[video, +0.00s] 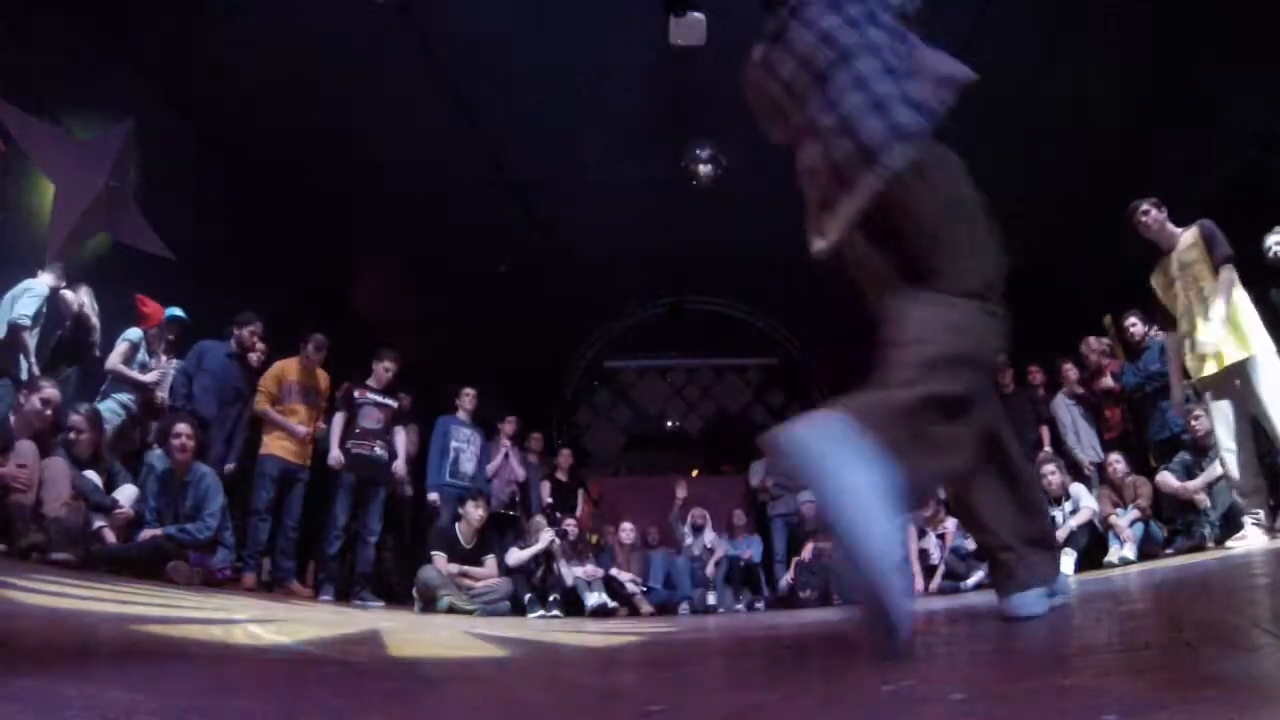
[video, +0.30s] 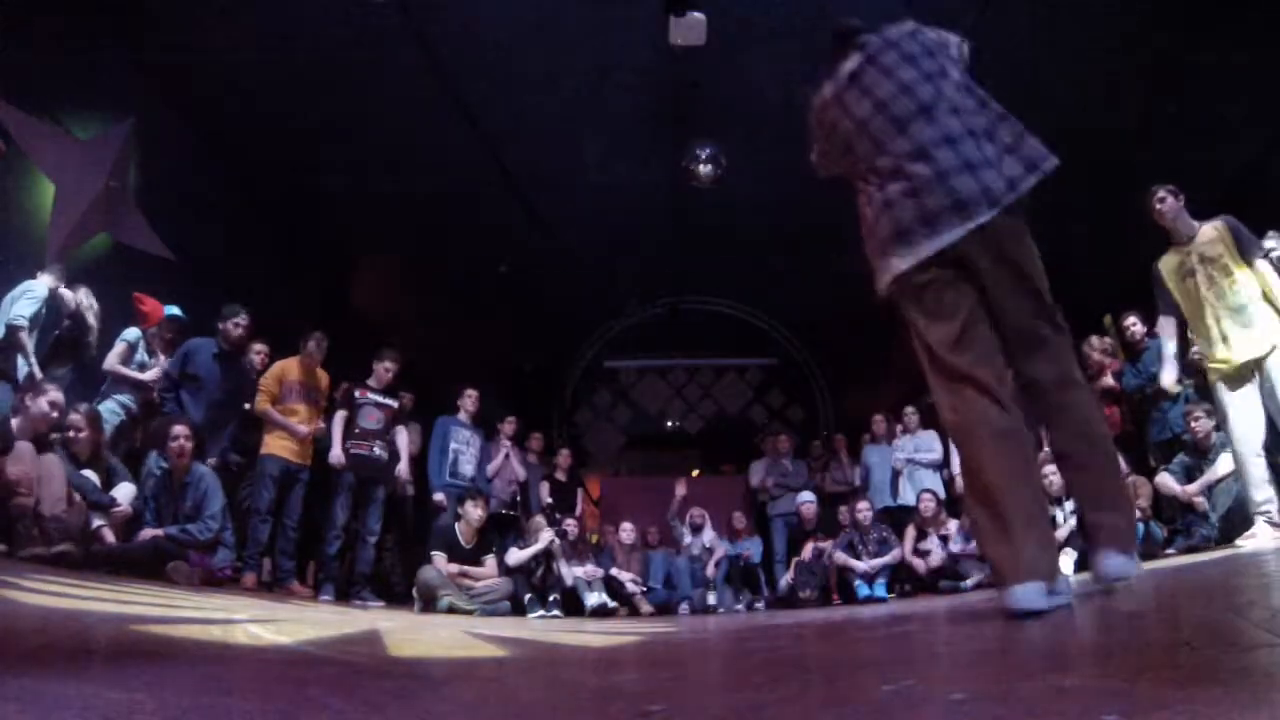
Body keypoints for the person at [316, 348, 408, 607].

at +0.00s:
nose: (388, 375)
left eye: (392, 372)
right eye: (385, 369)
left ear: (395, 375)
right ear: (374, 366)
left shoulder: (394, 402)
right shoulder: (352, 391)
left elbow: (398, 431)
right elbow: (338, 419)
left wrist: (401, 458)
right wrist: (334, 448)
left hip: (379, 464)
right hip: (351, 460)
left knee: (371, 529)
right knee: (339, 525)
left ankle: (361, 587)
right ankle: (327, 583)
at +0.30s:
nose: (388, 376)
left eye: (393, 372)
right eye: (386, 369)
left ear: (395, 375)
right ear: (375, 366)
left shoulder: (394, 403)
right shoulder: (352, 391)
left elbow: (400, 431)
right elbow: (339, 418)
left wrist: (404, 460)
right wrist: (336, 447)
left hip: (379, 466)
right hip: (350, 461)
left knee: (371, 530)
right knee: (338, 525)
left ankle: (360, 586)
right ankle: (327, 583)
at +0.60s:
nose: (390, 377)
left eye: (394, 373)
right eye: (387, 371)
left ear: (397, 376)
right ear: (376, 367)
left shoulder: (395, 403)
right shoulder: (354, 392)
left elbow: (401, 432)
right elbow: (339, 420)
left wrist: (401, 461)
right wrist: (337, 449)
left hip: (379, 467)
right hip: (351, 462)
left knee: (371, 530)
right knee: (338, 525)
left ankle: (360, 586)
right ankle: (327, 583)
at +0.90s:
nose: (392, 380)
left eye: (396, 377)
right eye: (389, 374)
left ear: (398, 378)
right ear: (378, 369)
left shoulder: (394, 403)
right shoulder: (354, 391)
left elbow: (400, 432)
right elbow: (339, 419)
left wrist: (397, 462)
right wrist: (337, 450)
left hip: (379, 466)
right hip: (351, 461)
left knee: (371, 530)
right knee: (339, 525)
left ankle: (360, 586)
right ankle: (327, 583)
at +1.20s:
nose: (392, 380)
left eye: (397, 376)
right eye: (389, 374)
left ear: (399, 378)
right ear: (379, 370)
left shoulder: (395, 403)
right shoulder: (354, 391)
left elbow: (399, 431)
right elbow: (339, 418)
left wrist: (397, 460)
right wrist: (337, 449)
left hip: (378, 466)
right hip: (351, 461)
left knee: (371, 530)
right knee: (339, 525)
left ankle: (361, 586)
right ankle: (328, 583)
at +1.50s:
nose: (394, 380)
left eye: (398, 377)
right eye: (392, 374)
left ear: (399, 378)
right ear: (381, 369)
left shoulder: (395, 402)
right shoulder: (355, 390)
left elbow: (400, 431)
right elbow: (340, 417)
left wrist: (399, 461)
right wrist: (337, 447)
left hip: (379, 465)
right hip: (351, 460)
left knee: (370, 530)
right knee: (338, 525)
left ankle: (361, 586)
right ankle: (327, 583)